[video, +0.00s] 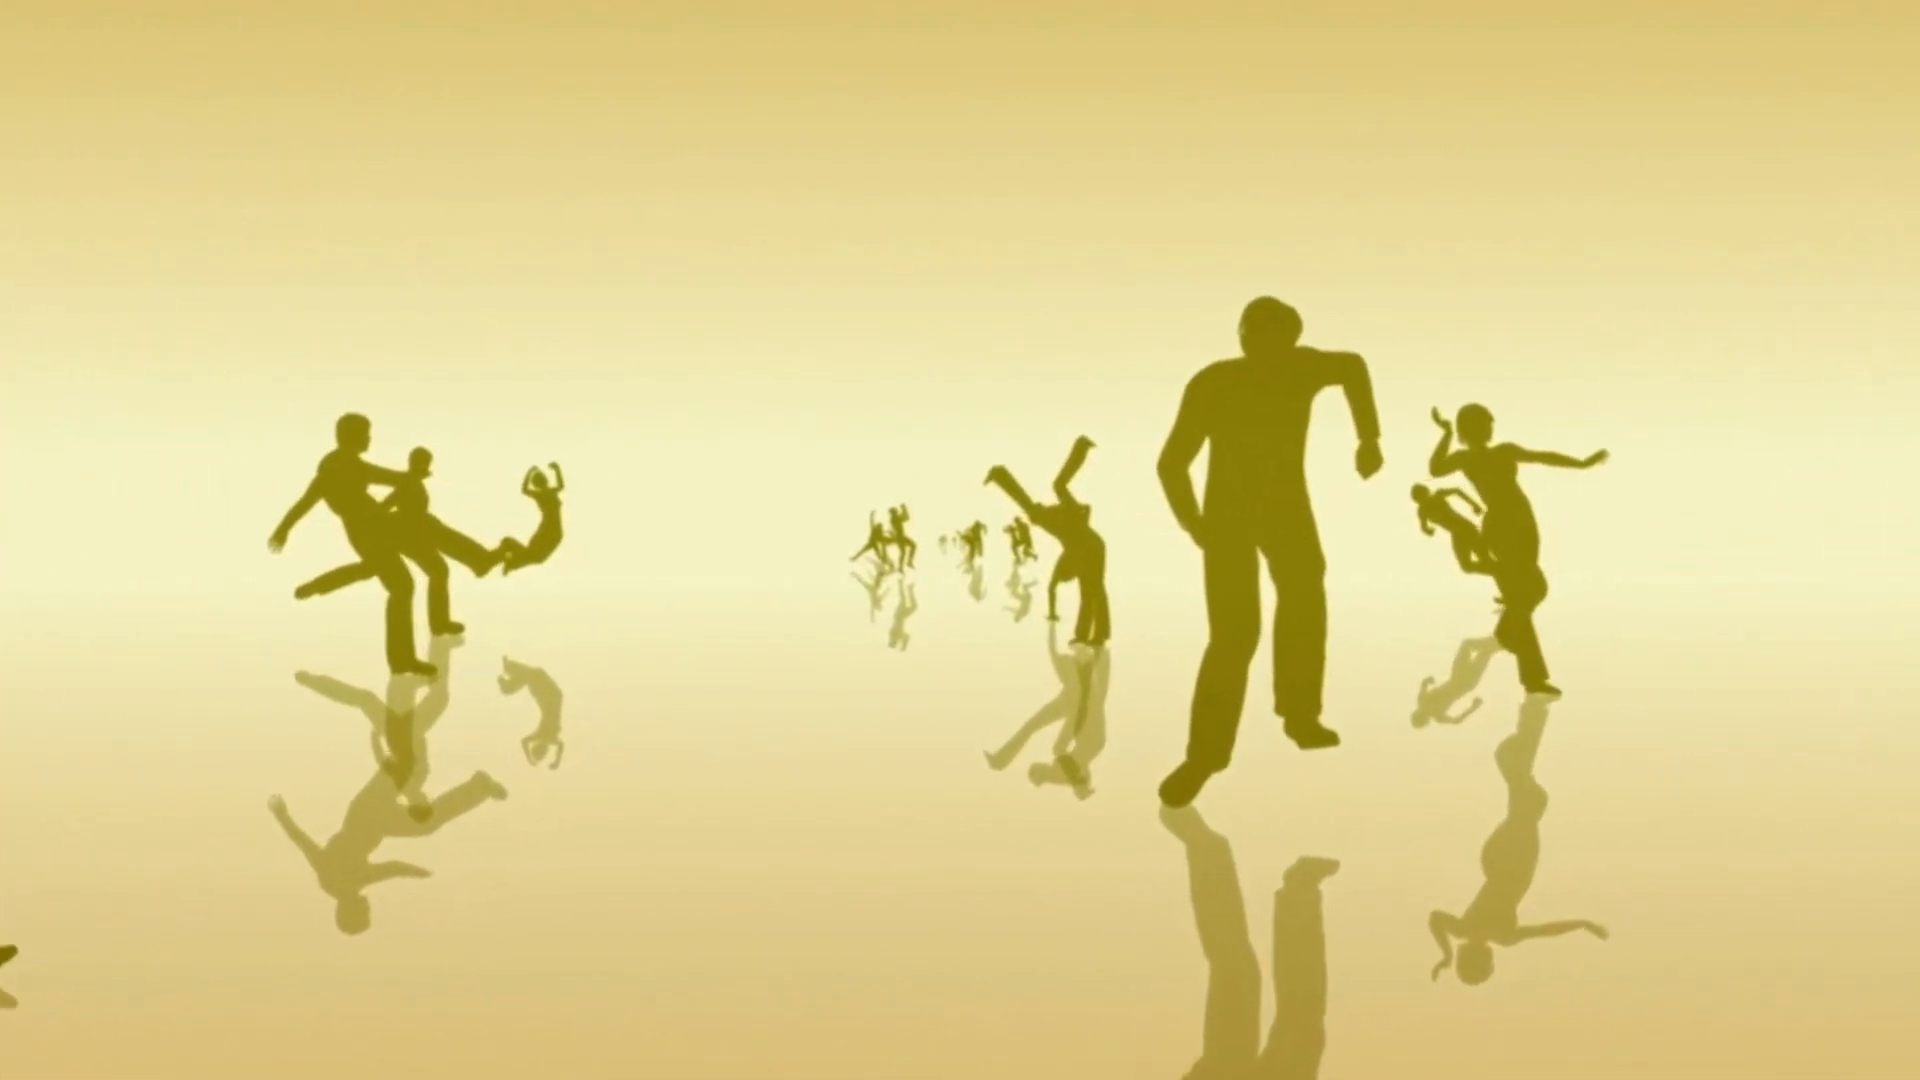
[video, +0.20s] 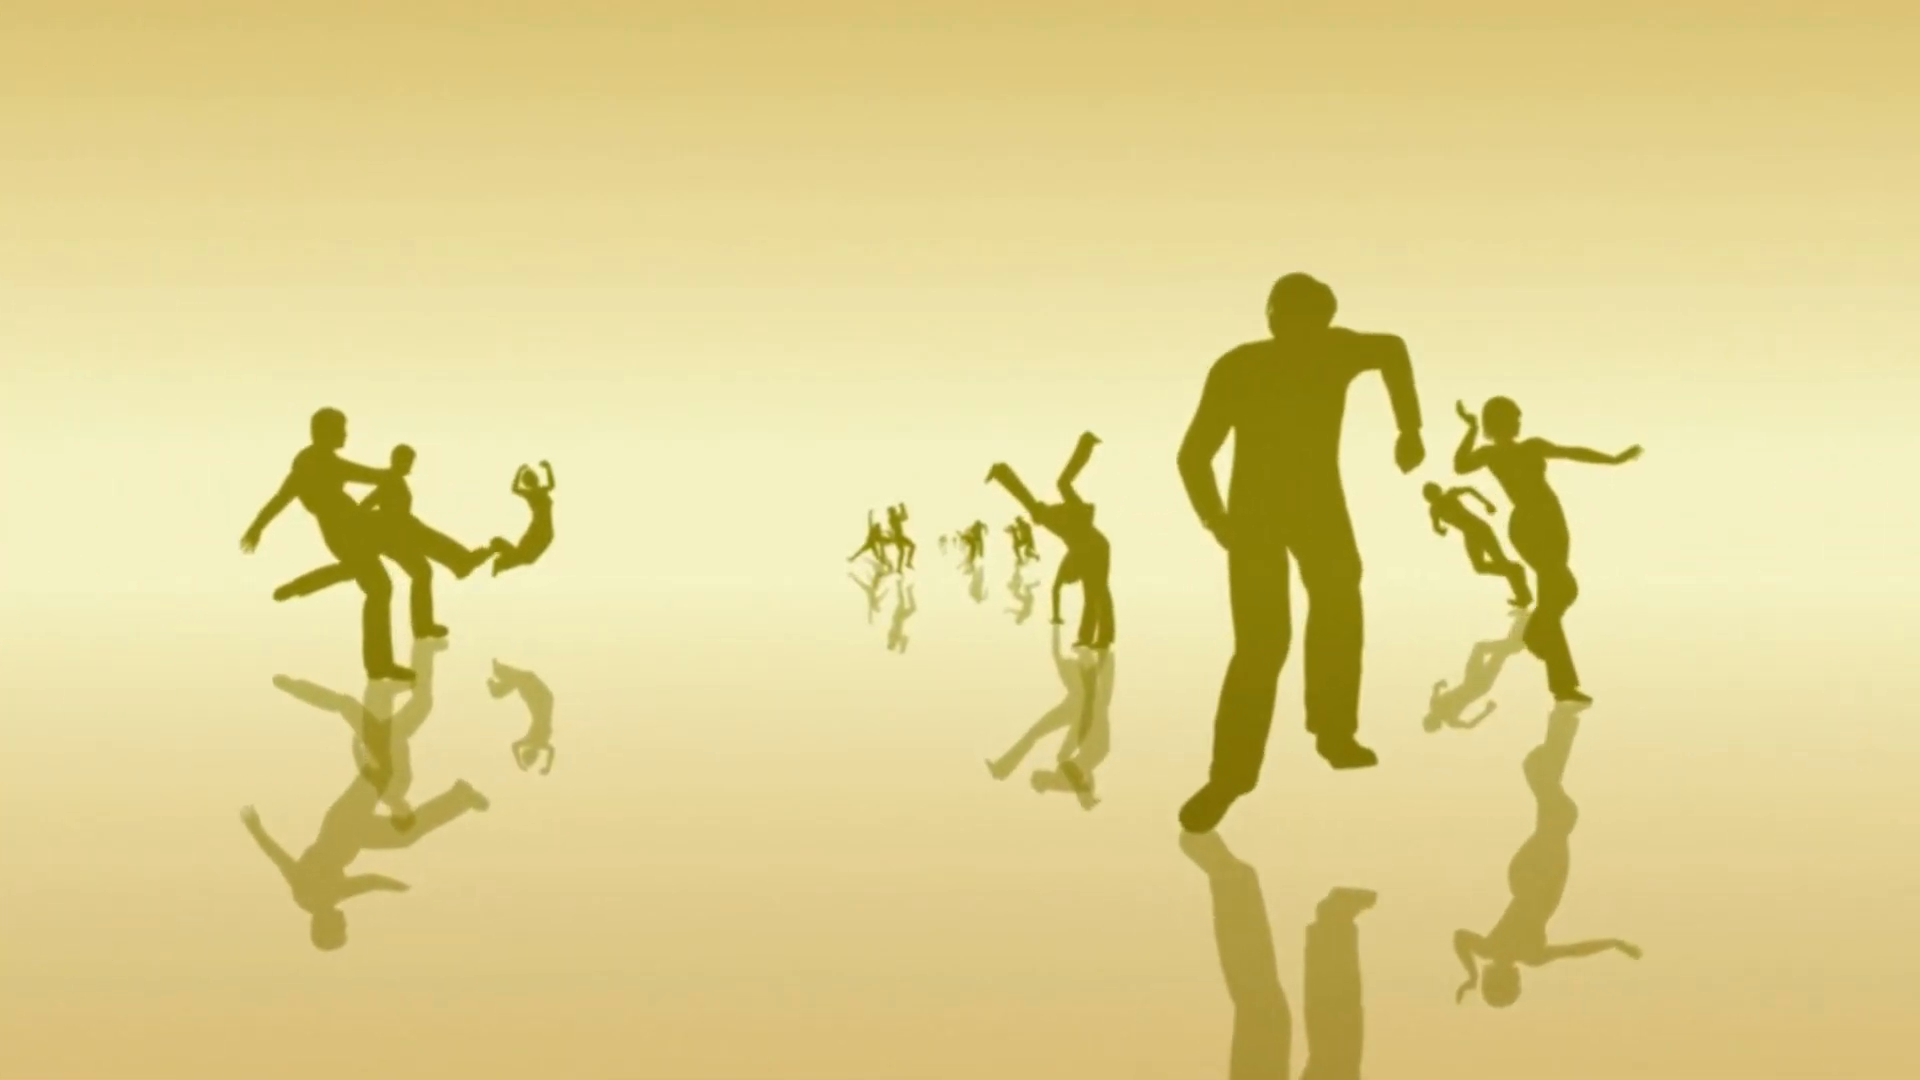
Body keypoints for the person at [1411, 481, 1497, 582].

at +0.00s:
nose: (1423, 499)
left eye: (1423, 495)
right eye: (1419, 498)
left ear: (1426, 491)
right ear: (1416, 500)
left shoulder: (1438, 495)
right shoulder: (1422, 511)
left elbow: (1457, 490)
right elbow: (1424, 527)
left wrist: (1474, 504)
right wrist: (1429, 530)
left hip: (1465, 525)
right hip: (1455, 532)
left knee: (1484, 557)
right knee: (1466, 565)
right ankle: (1497, 569)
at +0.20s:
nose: (1433, 498)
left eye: (1433, 494)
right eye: (1429, 496)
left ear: (1437, 491)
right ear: (1428, 498)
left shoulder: (1450, 494)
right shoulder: (1434, 509)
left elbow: (1469, 489)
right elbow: (1436, 526)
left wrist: (1486, 503)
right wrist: (1441, 530)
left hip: (1478, 526)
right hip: (1468, 532)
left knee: (1500, 560)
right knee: (1479, 566)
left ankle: (1522, 595)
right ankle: (1513, 569)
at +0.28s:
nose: (1440, 498)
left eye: (1441, 493)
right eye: (1437, 496)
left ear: (1445, 490)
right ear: (1436, 497)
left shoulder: (1458, 493)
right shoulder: (1442, 509)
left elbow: (1478, 488)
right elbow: (1443, 526)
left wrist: (1495, 503)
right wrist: (1449, 530)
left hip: (1486, 526)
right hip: (1476, 532)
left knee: (1508, 560)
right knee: (1487, 566)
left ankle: (1531, 596)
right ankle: (1522, 569)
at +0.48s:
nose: (1454, 497)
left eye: (1454, 493)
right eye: (1450, 495)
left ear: (1458, 488)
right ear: (1449, 497)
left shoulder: (1472, 492)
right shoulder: (1454, 508)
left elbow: (1491, 487)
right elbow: (1456, 526)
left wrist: (1509, 502)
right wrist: (1462, 530)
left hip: (1500, 525)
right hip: (1490, 532)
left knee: (1522, 560)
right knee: (1502, 567)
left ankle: (1546, 598)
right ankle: (1536, 571)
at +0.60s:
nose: (1458, 496)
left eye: (1459, 492)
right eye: (1455, 494)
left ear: (1463, 488)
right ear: (1454, 495)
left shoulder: (1477, 491)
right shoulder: (1460, 508)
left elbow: (1497, 486)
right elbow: (1462, 526)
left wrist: (1515, 501)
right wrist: (1467, 530)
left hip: (1506, 525)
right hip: (1496, 532)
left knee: (1529, 561)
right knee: (1508, 568)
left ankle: (1553, 598)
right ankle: (1543, 570)